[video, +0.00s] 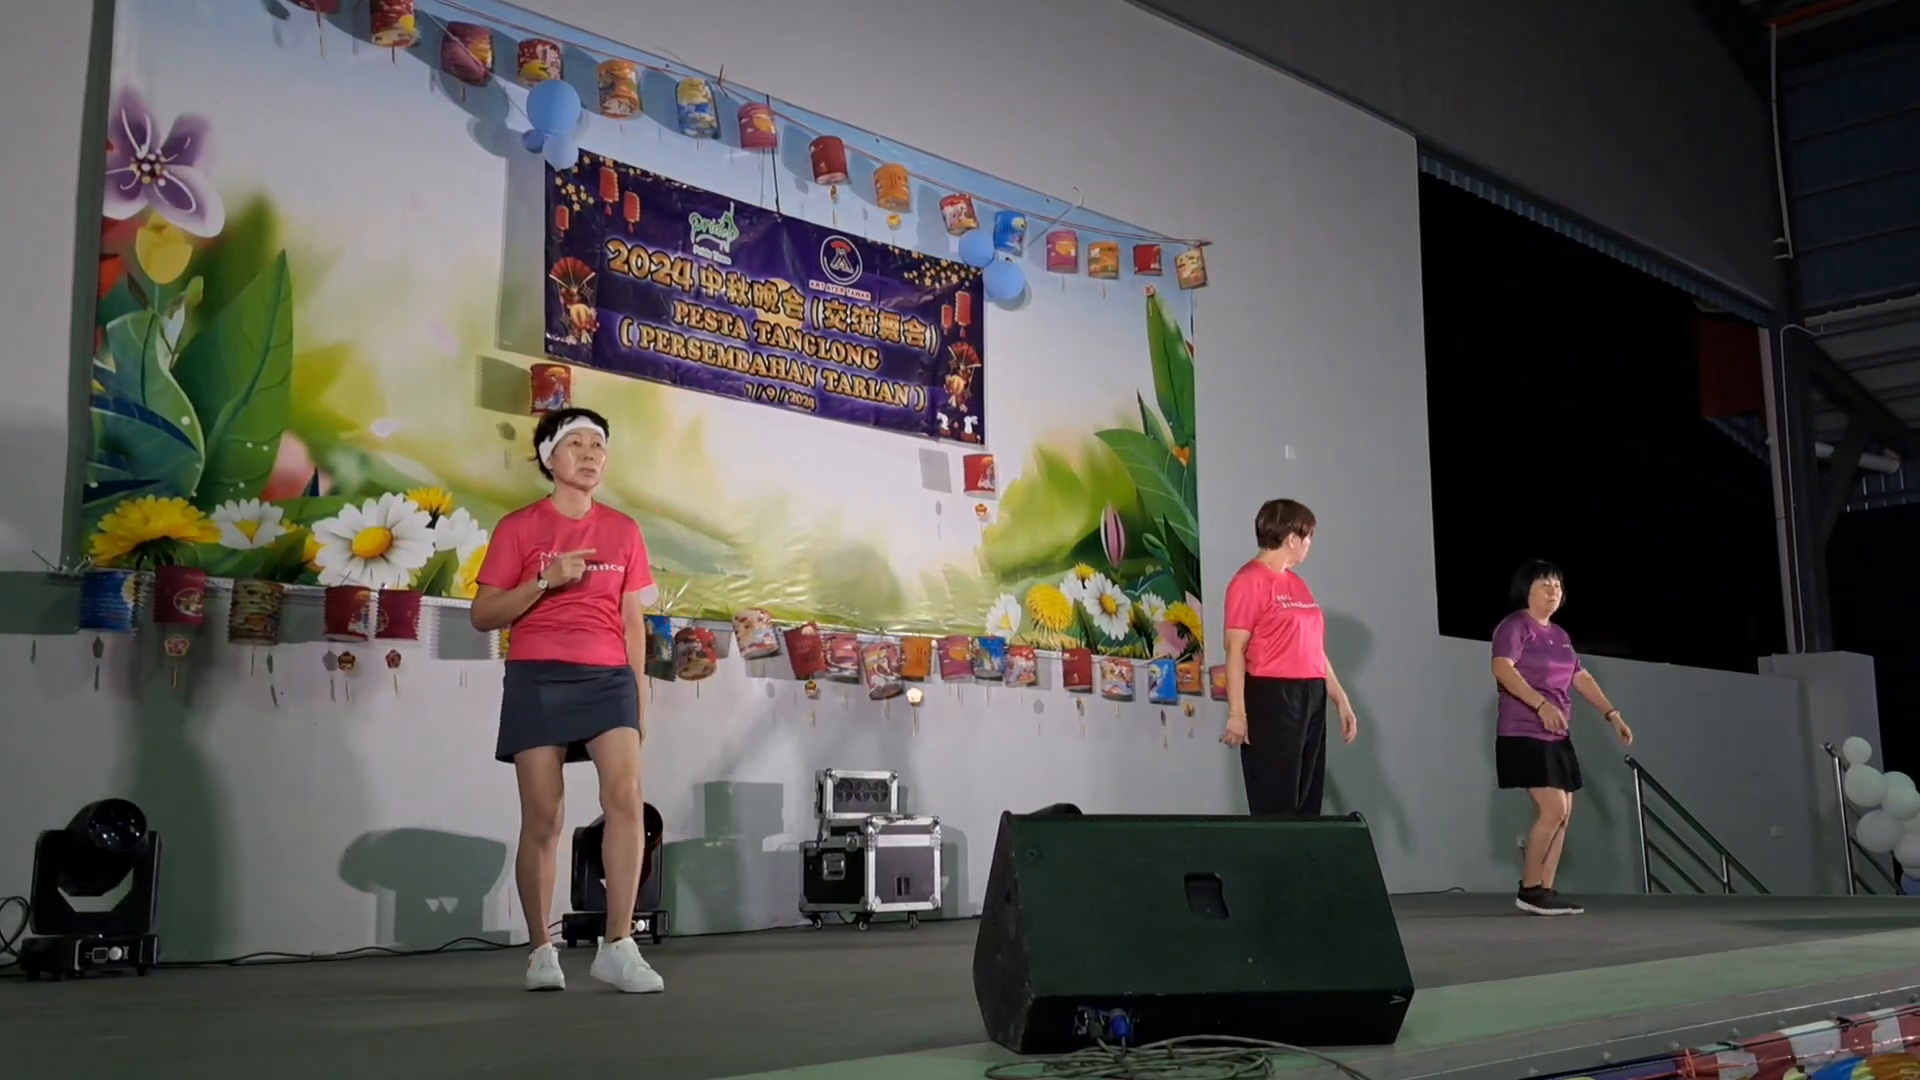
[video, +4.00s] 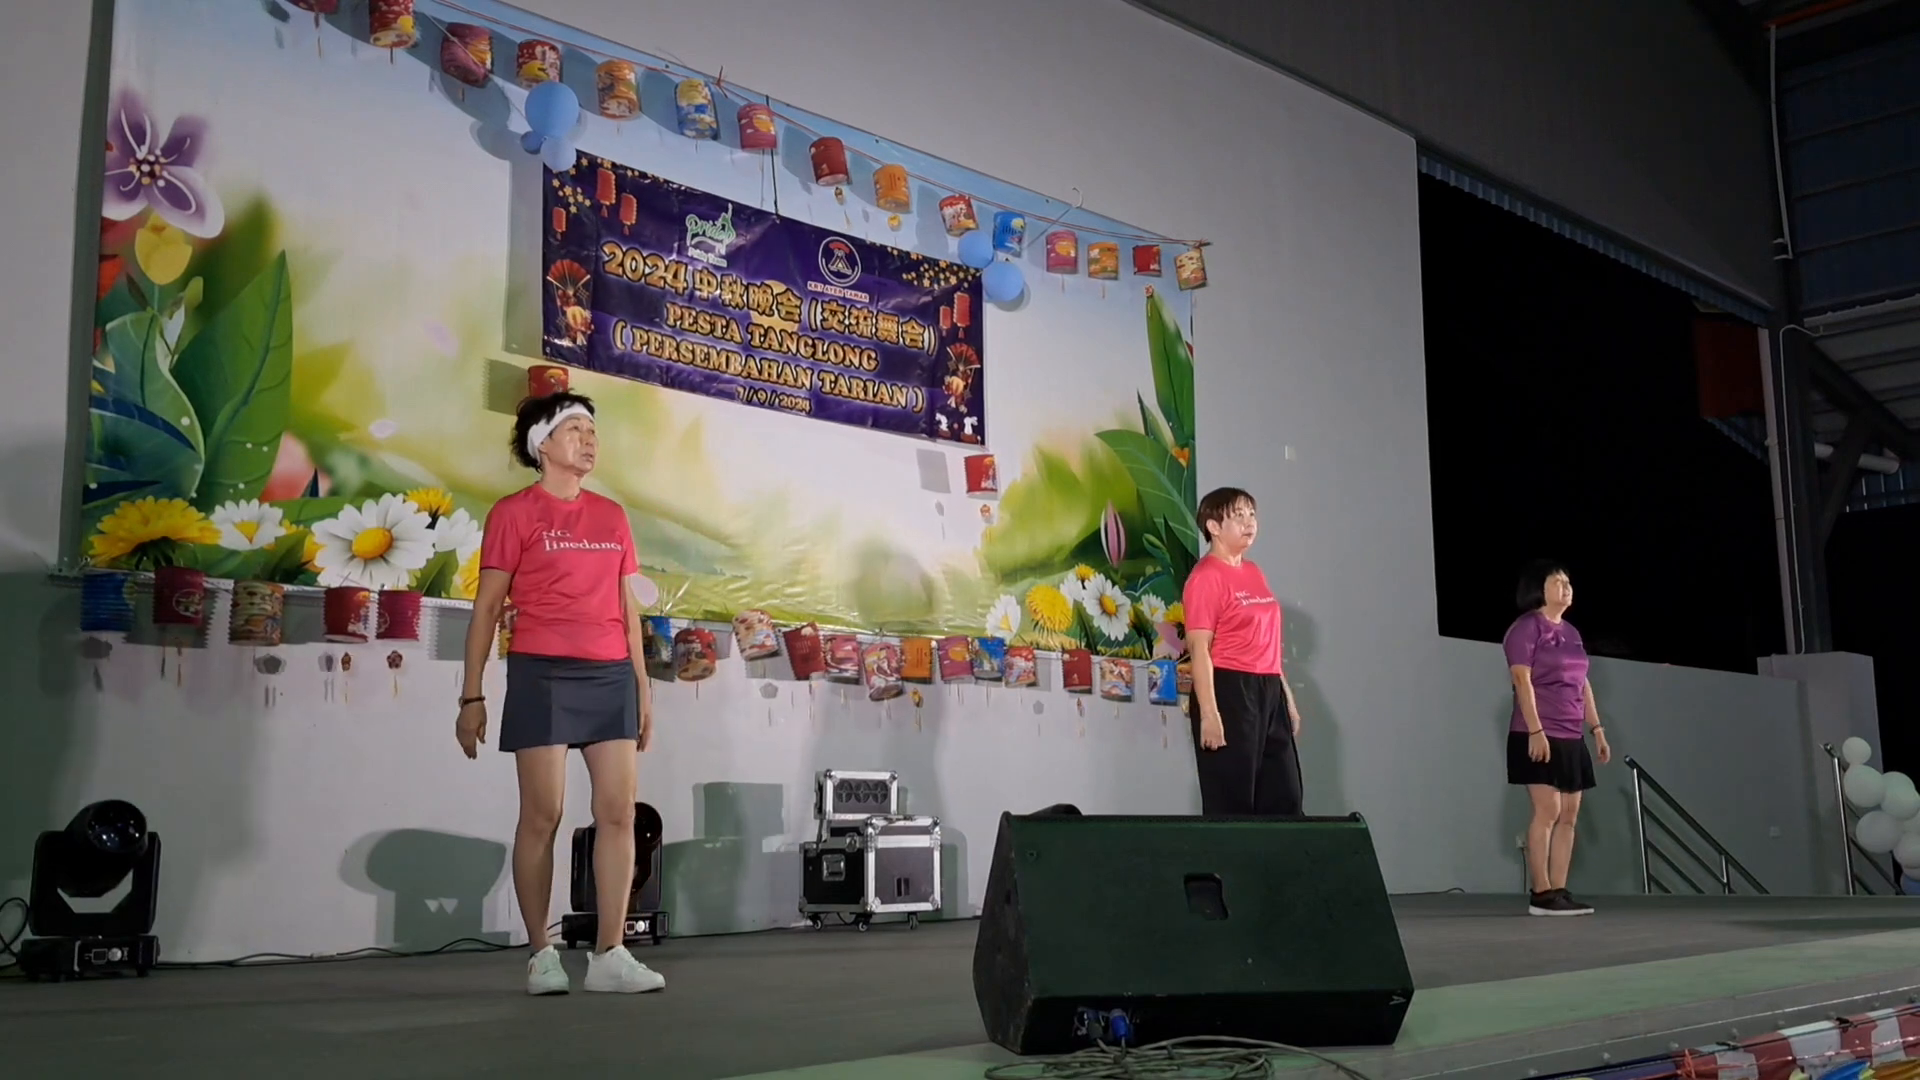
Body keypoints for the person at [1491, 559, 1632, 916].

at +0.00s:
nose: (1553, 591)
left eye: (1557, 586)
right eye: (1544, 584)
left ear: (1562, 594)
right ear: (1527, 589)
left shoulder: (1559, 636)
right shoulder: (1514, 625)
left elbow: (1580, 677)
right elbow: (1502, 669)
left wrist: (1612, 714)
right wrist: (1541, 704)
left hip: (1556, 736)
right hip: (1523, 735)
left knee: (1563, 811)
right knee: (1553, 808)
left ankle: (1545, 891)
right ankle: (1529, 889)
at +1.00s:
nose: (1552, 587)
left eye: (1557, 582)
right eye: (1544, 582)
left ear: (1563, 591)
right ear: (1528, 590)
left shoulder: (1566, 632)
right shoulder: (1520, 629)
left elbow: (1583, 680)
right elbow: (1520, 682)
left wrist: (1605, 722)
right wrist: (1549, 728)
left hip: (1575, 736)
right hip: (1540, 736)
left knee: (1576, 814)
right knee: (1558, 811)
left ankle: (1559, 891)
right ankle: (1541, 892)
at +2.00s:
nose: (1495, 588)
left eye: (1502, 583)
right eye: (1488, 583)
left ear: (1513, 593)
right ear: (1478, 594)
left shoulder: (1535, 631)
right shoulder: (1463, 638)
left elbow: (1557, 674)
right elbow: (1444, 685)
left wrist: (1571, 682)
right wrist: (1419, 731)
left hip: (1537, 736)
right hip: (1488, 739)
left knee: (1573, 803)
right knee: (1496, 812)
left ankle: (1590, 885)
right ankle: (1505, 891)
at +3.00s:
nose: (1557, 587)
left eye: (1557, 582)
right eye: (1549, 582)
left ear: (1558, 592)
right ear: (1532, 589)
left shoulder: (1556, 634)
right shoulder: (1523, 625)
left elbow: (1563, 690)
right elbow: (1521, 677)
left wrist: (1578, 732)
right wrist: (1542, 729)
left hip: (1566, 735)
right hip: (1538, 734)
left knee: (1565, 814)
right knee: (1550, 811)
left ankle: (1556, 891)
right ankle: (1542, 892)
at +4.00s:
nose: (1566, 588)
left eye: (1568, 583)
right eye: (1557, 582)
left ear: (1570, 592)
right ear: (1539, 589)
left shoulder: (1572, 634)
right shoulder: (1525, 629)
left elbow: (1582, 685)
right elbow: (1522, 683)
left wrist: (1597, 730)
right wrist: (1536, 731)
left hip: (1572, 737)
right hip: (1537, 735)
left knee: (1568, 814)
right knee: (1547, 810)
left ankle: (1558, 890)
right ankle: (1541, 892)